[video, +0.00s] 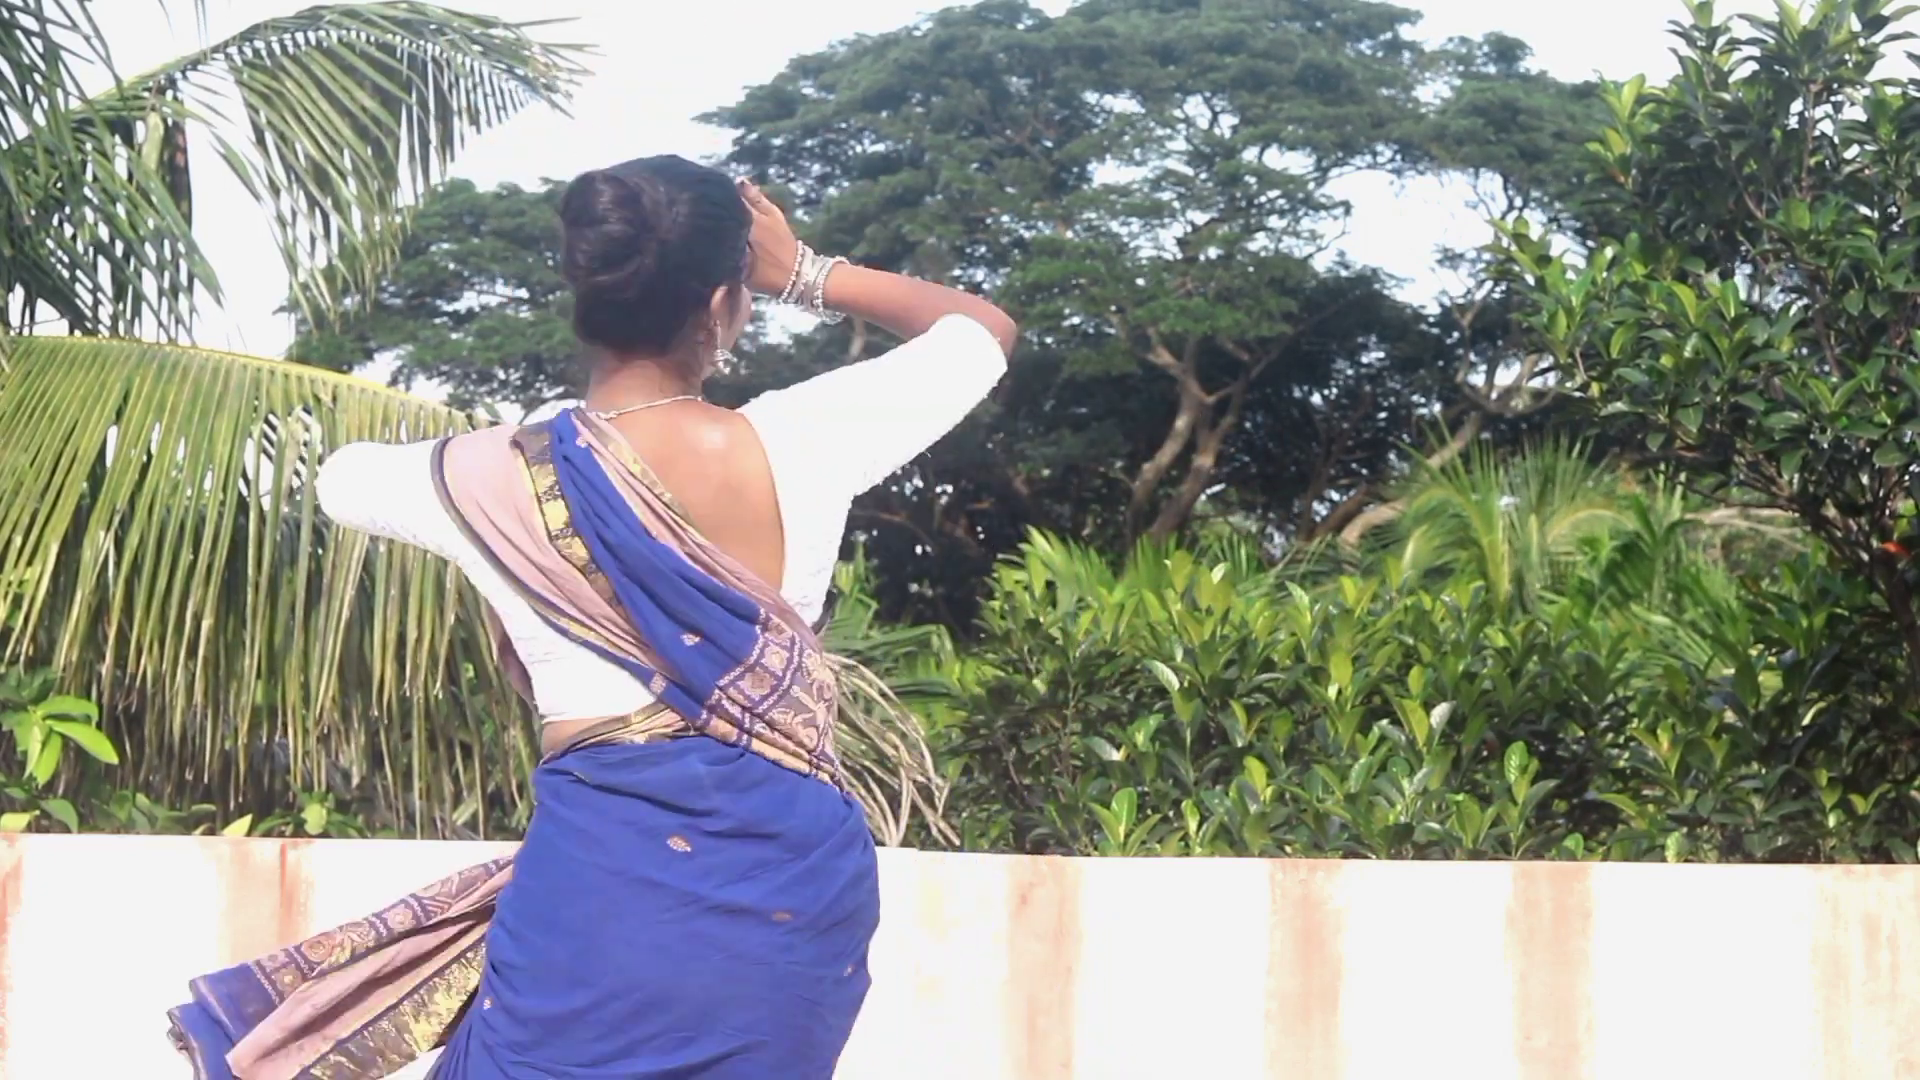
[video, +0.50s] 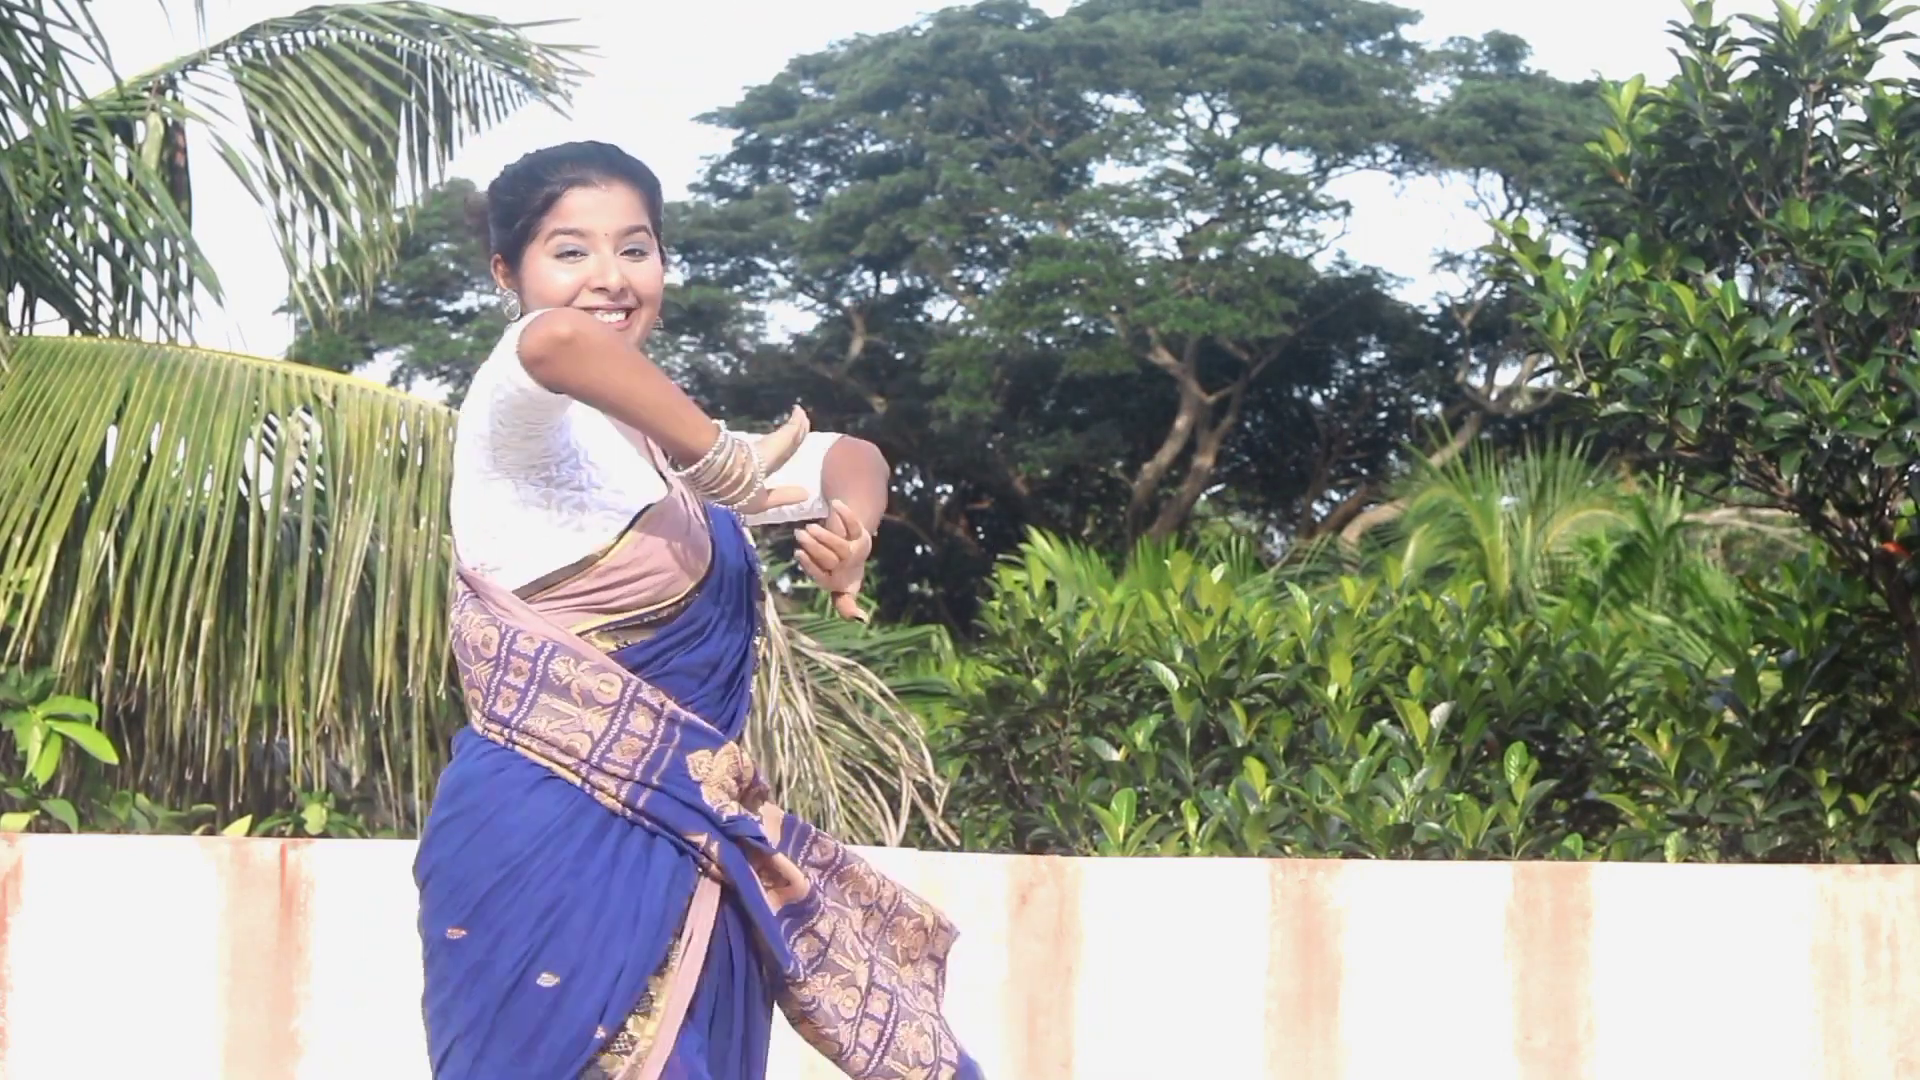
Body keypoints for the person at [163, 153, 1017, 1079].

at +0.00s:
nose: (746, 307)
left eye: (743, 283)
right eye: (747, 287)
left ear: (586, 294)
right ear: (718, 308)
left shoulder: (482, 474)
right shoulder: (792, 446)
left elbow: (322, 470)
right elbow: (982, 328)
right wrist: (809, 271)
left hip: (596, 882)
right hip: (798, 892)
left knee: (519, 1063)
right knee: (756, 1065)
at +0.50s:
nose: (610, 278)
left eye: (635, 249)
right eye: (570, 252)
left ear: (663, 271)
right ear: (509, 279)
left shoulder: (660, 422)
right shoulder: (515, 404)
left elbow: (853, 452)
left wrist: (849, 524)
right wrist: (723, 455)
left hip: (686, 819)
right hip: (553, 819)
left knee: (699, 1061)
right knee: (543, 1060)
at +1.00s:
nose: (598, 297)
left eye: (637, 278)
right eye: (573, 264)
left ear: (676, 319)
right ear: (527, 287)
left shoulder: (692, 471)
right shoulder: (430, 450)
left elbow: (838, 471)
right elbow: (173, 427)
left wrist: (606, 491)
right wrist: (315, 529)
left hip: (613, 862)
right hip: (421, 856)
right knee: (407, 1062)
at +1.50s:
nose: (608, 363)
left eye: (651, 361)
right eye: (599, 320)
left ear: (675, 413)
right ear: (550, 321)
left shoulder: (602, 521)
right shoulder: (411, 481)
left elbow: (485, 493)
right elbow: (205, 478)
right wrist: (229, 540)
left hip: (513, 894)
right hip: (350, 898)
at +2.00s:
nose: (590, 334)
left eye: (625, 315)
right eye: (561, 298)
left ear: (650, 355)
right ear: (502, 315)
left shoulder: (631, 509)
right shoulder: (378, 477)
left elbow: (695, 410)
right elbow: (116, 465)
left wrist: (720, 162)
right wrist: (253, 523)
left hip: (552, 895)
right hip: (357, 905)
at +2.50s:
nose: (588, 299)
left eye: (610, 265)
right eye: (545, 280)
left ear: (649, 288)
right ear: (498, 324)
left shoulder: (741, 462)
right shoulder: (511, 459)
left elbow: (947, 476)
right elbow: (482, 499)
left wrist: (889, 466)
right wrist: (701, 535)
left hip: (748, 888)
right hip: (577, 887)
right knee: (566, 1065)